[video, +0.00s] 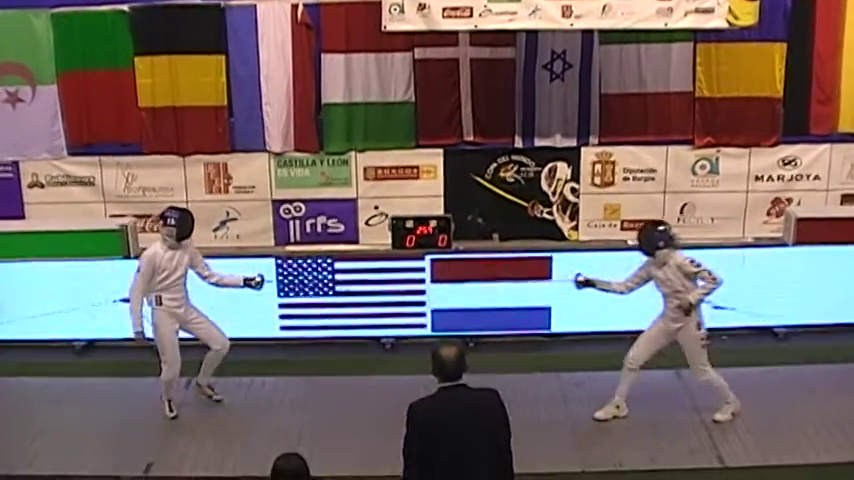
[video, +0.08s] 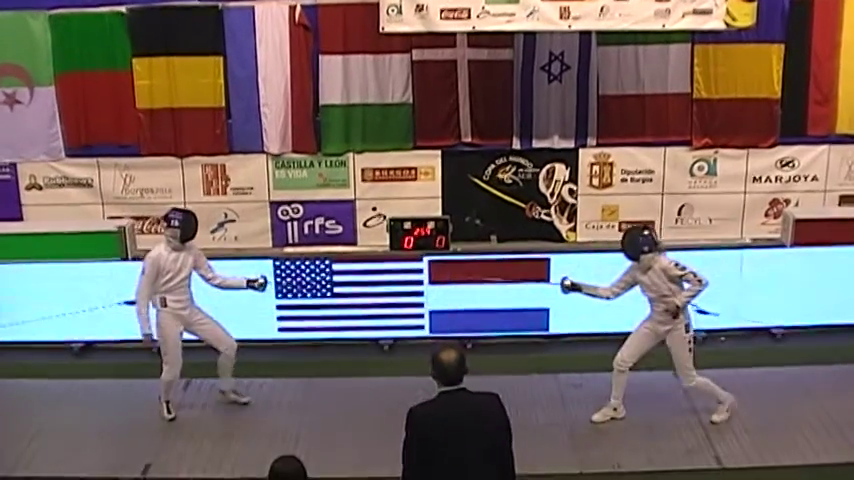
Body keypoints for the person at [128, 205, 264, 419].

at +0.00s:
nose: (166, 233)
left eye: (171, 230)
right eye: (164, 228)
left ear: (182, 233)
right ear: (160, 228)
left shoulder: (188, 251)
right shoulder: (151, 255)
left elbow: (210, 277)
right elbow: (136, 293)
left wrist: (245, 281)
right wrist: (138, 330)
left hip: (186, 309)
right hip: (162, 313)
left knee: (221, 345)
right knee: (172, 365)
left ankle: (203, 382)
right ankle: (167, 398)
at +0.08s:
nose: (170, 232)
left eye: (175, 229)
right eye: (168, 227)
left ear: (185, 233)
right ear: (164, 229)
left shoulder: (192, 253)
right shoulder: (155, 257)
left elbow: (214, 279)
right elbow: (142, 297)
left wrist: (248, 283)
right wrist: (146, 333)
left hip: (190, 311)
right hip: (167, 315)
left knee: (229, 347)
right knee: (173, 368)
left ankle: (226, 390)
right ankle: (165, 400)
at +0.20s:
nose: (183, 235)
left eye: (188, 231)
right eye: (181, 230)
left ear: (198, 235)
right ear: (177, 232)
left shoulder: (206, 256)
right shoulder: (168, 260)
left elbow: (230, 281)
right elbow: (158, 299)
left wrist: (264, 282)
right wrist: (167, 332)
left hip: (203, 314)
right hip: (179, 317)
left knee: (239, 354)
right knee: (176, 373)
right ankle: (165, 404)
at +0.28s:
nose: (193, 238)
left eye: (198, 234)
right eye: (190, 233)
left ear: (209, 237)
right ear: (187, 234)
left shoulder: (216, 256)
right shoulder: (179, 263)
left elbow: (245, 279)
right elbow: (170, 301)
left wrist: (280, 280)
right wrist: (181, 332)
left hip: (214, 317)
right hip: (189, 320)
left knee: (250, 355)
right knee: (180, 373)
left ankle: (268, 400)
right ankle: (165, 403)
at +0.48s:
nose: (216, 234)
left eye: (222, 231)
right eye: (216, 229)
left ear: (233, 235)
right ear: (216, 231)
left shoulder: (244, 252)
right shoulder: (207, 259)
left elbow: (272, 275)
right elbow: (197, 298)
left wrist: (306, 278)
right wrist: (204, 330)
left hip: (242, 314)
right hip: (217, 318)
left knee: (273, 354)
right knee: (209, 373)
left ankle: (271, 402)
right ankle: (191, 402)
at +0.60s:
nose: (230, 234)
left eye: (235, 231)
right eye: (230, 230)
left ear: (243, 234)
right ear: (228, 230)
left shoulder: (252, 253)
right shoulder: (214, 257)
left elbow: (273, 280)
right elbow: (201, 296)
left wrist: (306, 285)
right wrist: (206, 327)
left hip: (250, 313)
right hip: (226, 317)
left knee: (284, 353)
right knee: (229, 374)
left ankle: (276, 397)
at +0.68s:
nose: (235, 237)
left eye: (240, 233)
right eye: (234, 232)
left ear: (250, 237)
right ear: (231, 233)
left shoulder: (257, 256)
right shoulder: (220, 261)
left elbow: (276, 287)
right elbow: (204, 298)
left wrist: (308, 291)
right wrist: (207, 332)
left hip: (257, 316)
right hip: (233, 321)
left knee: (292, 353)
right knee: (235, 377)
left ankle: (294, 401)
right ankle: (232, 403)